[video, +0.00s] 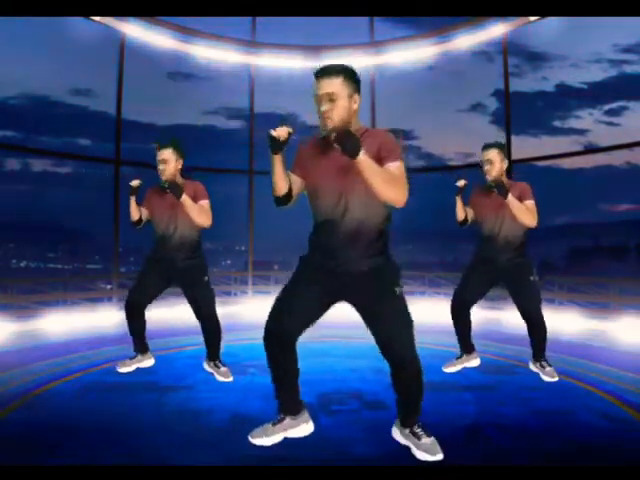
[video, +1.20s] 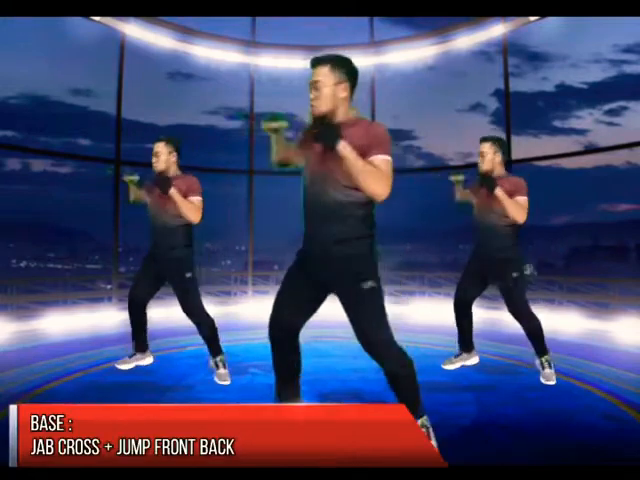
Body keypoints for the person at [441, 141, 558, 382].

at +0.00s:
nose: (485, 168)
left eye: (490, 162)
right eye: (483, 163)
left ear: (504, 163)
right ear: (481, 166)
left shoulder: (521, 189)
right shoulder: (479, 193)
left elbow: (531, 220)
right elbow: (463, 219)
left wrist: (506, 194)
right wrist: (459, 195)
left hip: (516, 263)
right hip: (486, 263)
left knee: (533, 314)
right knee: (459, 304)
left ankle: (539, 360)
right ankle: (467, 353)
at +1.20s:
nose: (480, 160)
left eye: (485, 155)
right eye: (479, 155)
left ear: (499, 157)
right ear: (480, 158)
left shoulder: (515, 184)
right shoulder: (479, 185)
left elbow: (520, 216)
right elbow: (462, 198)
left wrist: (498, 190)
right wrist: (459, 187)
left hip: (508, 257)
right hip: (482, 255)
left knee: (519, 308)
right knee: (461, 301)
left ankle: (543, 358)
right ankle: (467, 352)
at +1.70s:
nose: (483, 164)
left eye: (486, 159)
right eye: (482, 160)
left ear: (501, 158)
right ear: (489, 161)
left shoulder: (522, 181)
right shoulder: (492, 189)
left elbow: (525, 212)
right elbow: (477, 216)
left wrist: (501, 187)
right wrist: (470, 194)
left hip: (517, 259)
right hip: (494, 258)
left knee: (527, 314)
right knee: (473, 303)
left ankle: (548, 364)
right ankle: (467, 352)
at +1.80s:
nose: (486, 165)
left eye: (490, 160)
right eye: (485, 160)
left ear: (505, 159)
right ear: (495, 161)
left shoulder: (526, 183)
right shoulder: (492, 190)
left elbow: (530, 212)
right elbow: (476, 216)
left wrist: (503, 187)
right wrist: (470, 194)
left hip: (522, 261)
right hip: (496, 260)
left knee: (531, 316)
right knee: (473, 303)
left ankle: (548, 365)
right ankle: (467, 352)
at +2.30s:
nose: (460, 170)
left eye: (465, 165)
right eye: (459, 166)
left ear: (479, 166)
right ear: (459, 169)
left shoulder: (498, 191)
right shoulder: (465, 197)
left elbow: (502, 222)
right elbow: (443, 218)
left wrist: (481, 193)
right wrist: (437, 197)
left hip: (489, 267)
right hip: (460, 266)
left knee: (509, 316)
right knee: (439, 306)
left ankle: (515, 358)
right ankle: (440, 347)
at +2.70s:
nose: (478, 166)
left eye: (482, 161)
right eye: (478, 162)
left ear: (497, 162)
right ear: (482, 165)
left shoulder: (517, 184)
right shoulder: (484, 192)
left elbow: (518, 212)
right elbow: (470, 219)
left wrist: (491, 190)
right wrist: (462, 198)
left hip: (517, 264)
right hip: (492, 263)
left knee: (532, 318)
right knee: (465, 303)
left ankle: (548, 365)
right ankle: (462, 354)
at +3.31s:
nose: (476, 160)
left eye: (479, 156)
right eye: (475, 156)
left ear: (492, 157)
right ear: (484, 158)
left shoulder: (504, 181)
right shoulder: (483, 183)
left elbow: (504, 212)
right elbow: (486, 213)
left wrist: (479, 188)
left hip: (500, 258)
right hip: (484, 256)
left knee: (513, 310)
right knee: (460, 300)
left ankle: (552, 357)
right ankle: (461, 354)